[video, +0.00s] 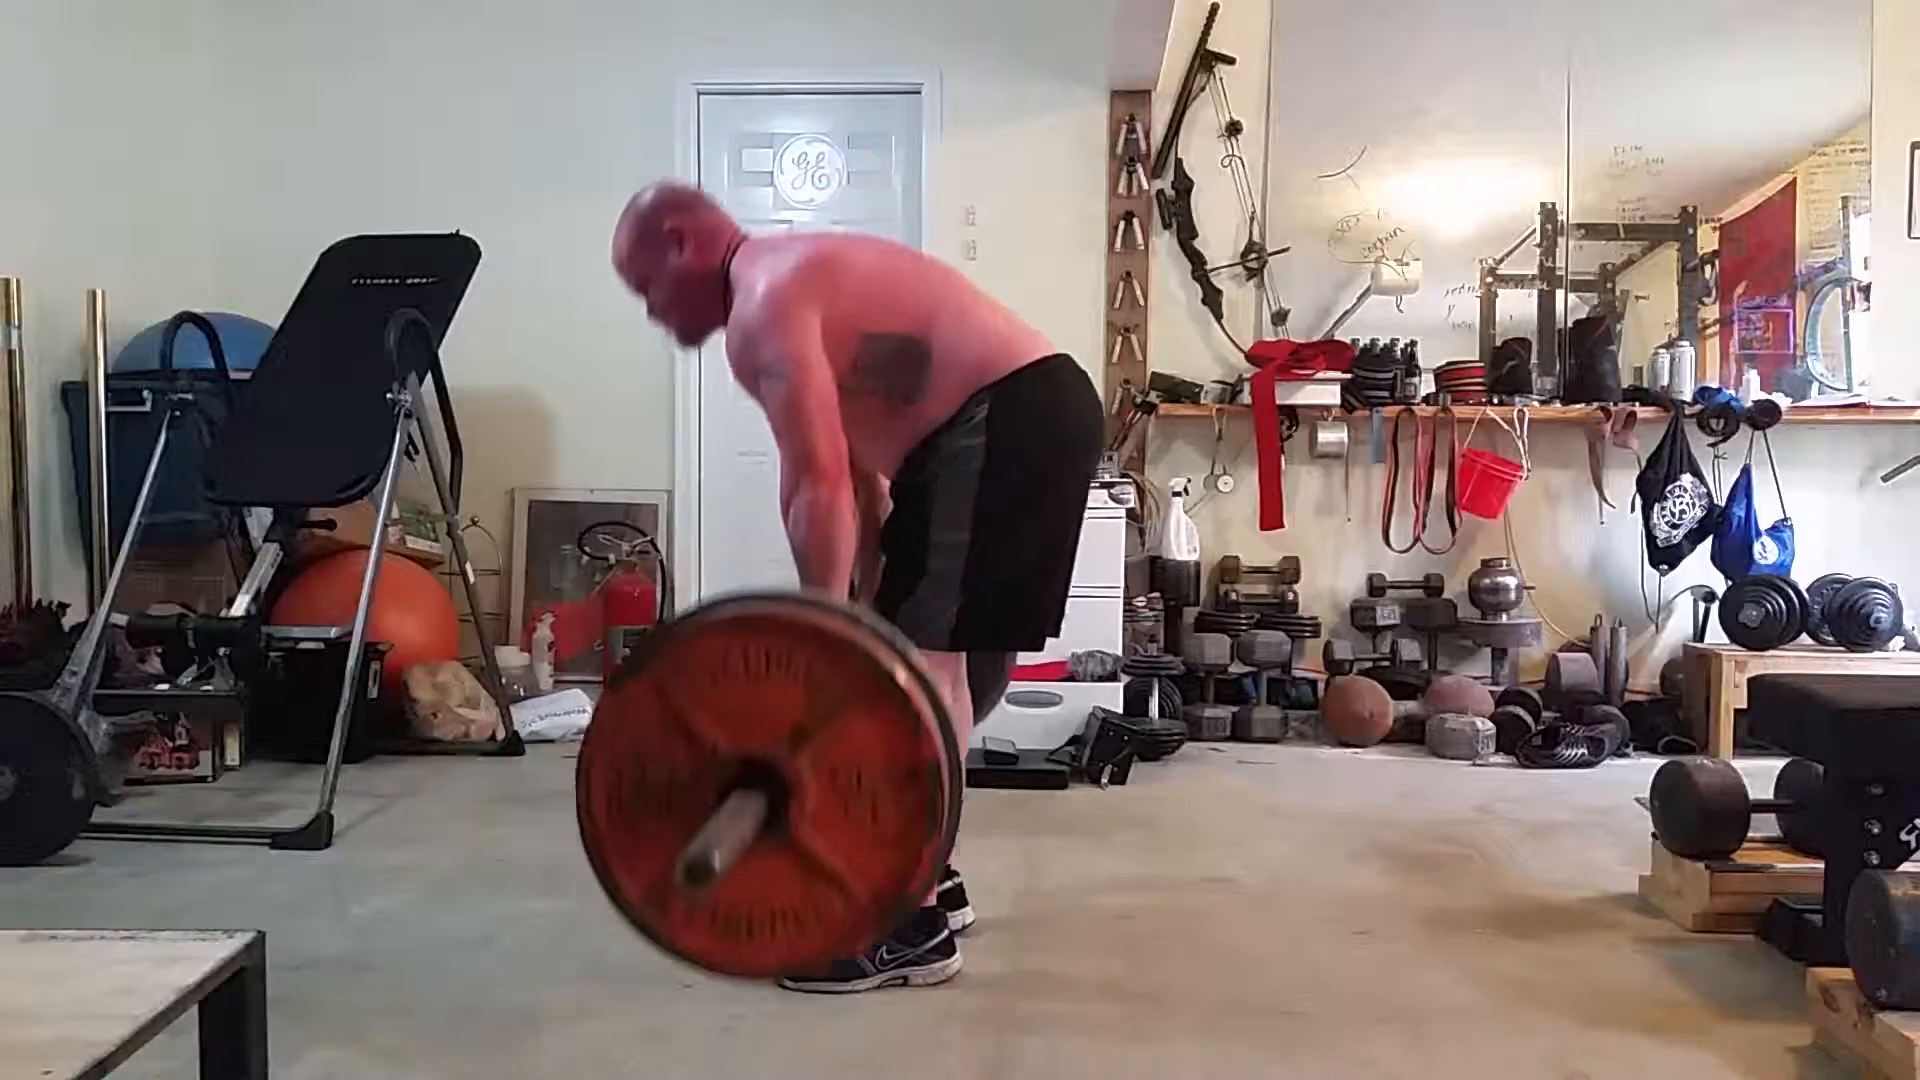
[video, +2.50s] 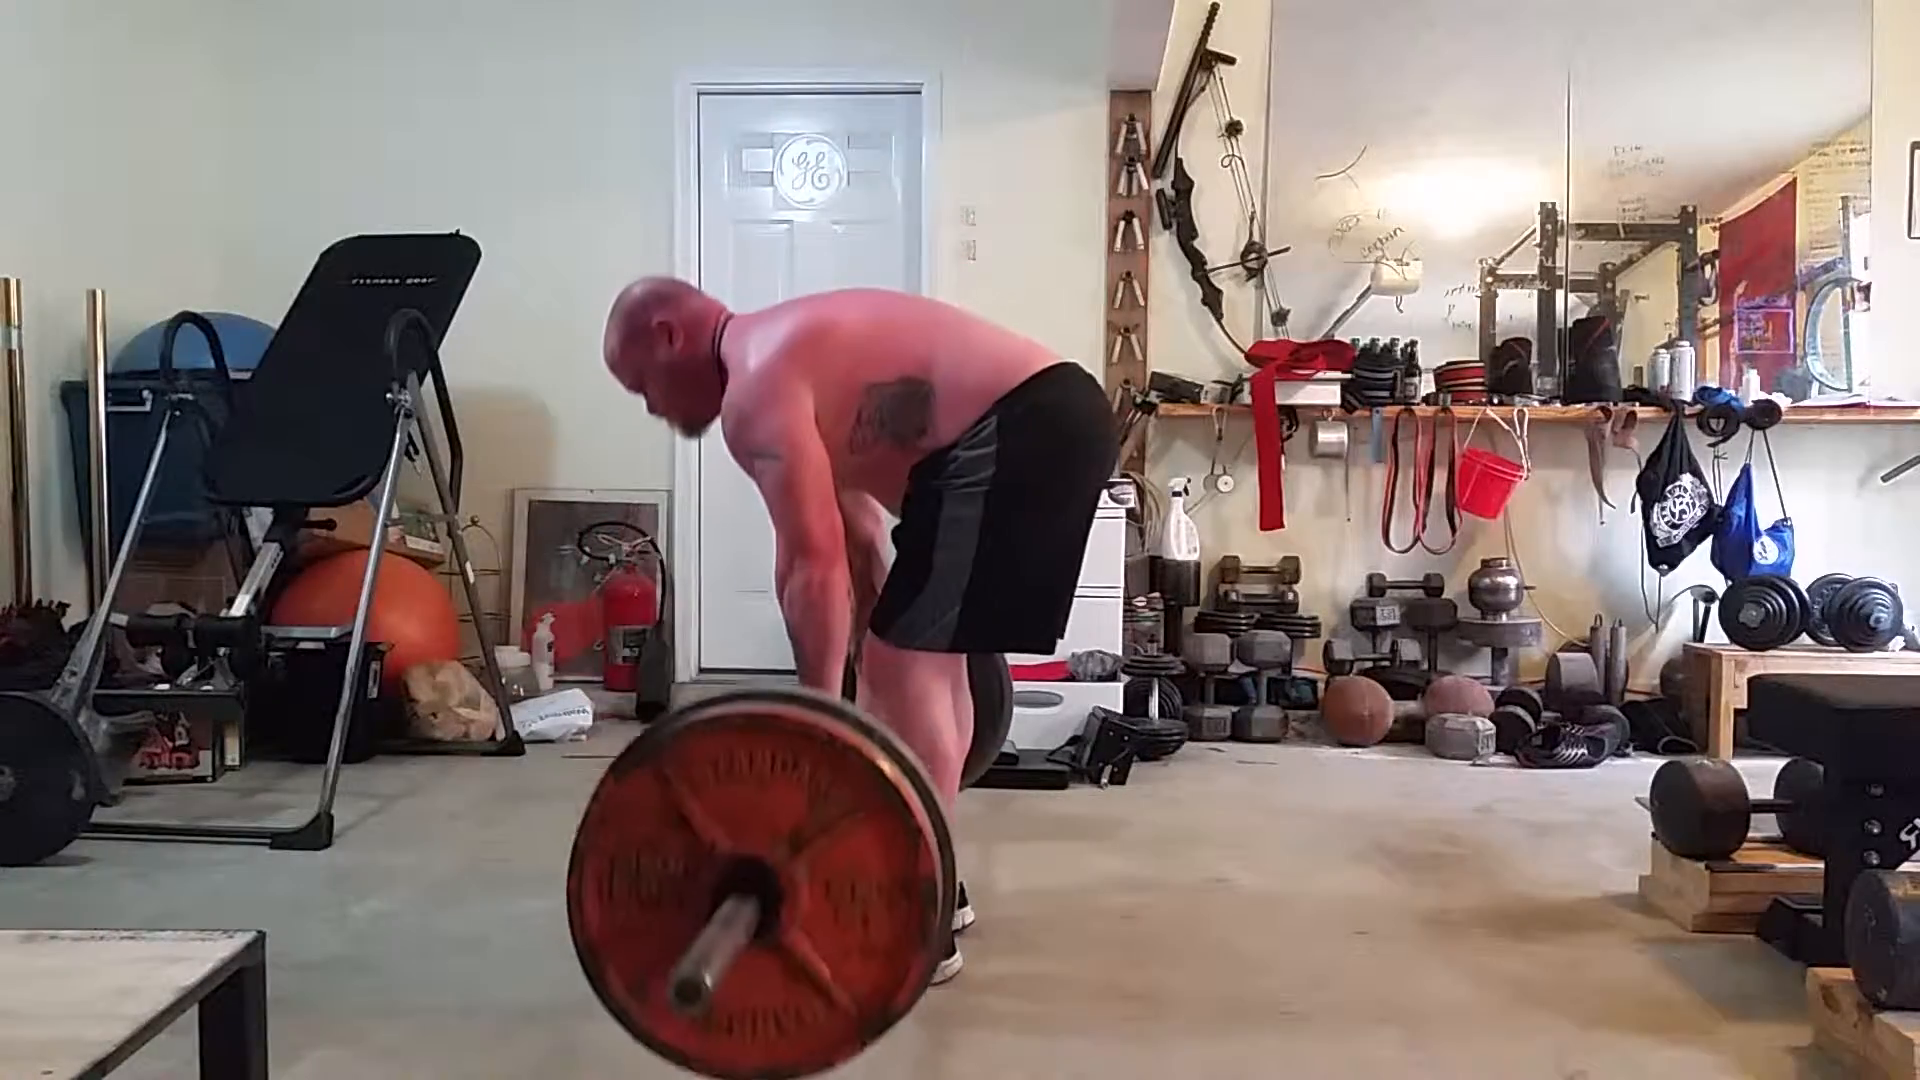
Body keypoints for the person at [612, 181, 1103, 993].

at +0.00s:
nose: (652, 313)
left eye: (648, 289)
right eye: (642, 297)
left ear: (688, 245)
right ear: (696, 242)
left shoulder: (768, 301)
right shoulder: (781, 291)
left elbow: (819, 486)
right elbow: (863, 490)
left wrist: (815, 655)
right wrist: (844, 640)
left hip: (1004, 419)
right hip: (982, 423)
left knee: (922, 662)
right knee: (918, 660)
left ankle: (905, 920)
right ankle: (920, 881)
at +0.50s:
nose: (647, 401)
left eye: (641, 379)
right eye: (636, 387)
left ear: (675, 334)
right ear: (683, 328)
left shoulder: (761, 389)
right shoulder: (783, 360)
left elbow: (817, 560)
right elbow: (861, 545)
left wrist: (818, 725)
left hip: (1012, 431)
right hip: (1036, 420)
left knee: (895, 658)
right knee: (926, 658)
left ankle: (922, 911)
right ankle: (935, 890)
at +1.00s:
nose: (696, 164)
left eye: (706, 140)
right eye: (696, 143)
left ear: (757, 130)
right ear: (773, 134)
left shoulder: (814, 204)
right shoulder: (827, 202)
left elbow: (851, 385)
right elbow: (835, 390)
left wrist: (829, 557)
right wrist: (827, 551)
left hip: (997, 412)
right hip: (969, 413)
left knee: (929, 657)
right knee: (917, 648)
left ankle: (914, 918)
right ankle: (919, 883)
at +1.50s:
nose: (855, 11)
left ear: (913, 8)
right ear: (938, 15)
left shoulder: (928, 90)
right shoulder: (955, 94)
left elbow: (898, 280)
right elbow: (871, 283)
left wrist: (822, 428)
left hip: (933, 404)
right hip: (959, 404)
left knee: (896, 653)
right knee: (915, 650)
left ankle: (909, 919)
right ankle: (925, 880)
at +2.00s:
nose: (658, 215)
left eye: (656, 189)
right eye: (648, 197)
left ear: (701, 155)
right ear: (719, 149)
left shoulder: (779, 218)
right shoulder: (798, 206)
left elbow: (826, 397)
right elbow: (839, 396)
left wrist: (811, 571)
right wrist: (823, 568)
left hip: (971, 409)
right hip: (970, 408)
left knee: (913, 656)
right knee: (922, 651)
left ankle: (909, 916)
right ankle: (923, 878)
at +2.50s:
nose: (649, 408)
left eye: (641, 387)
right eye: (637, 395)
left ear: (673, 337)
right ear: (680, 332)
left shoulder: (760, 392)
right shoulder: (781, 364)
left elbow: (812, 565)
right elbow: (861, 544)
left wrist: (812, 732)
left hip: (1016, 430)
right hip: (1036, 420)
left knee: (897, 658)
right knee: (922, 657)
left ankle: (920, 910)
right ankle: (929, 890)